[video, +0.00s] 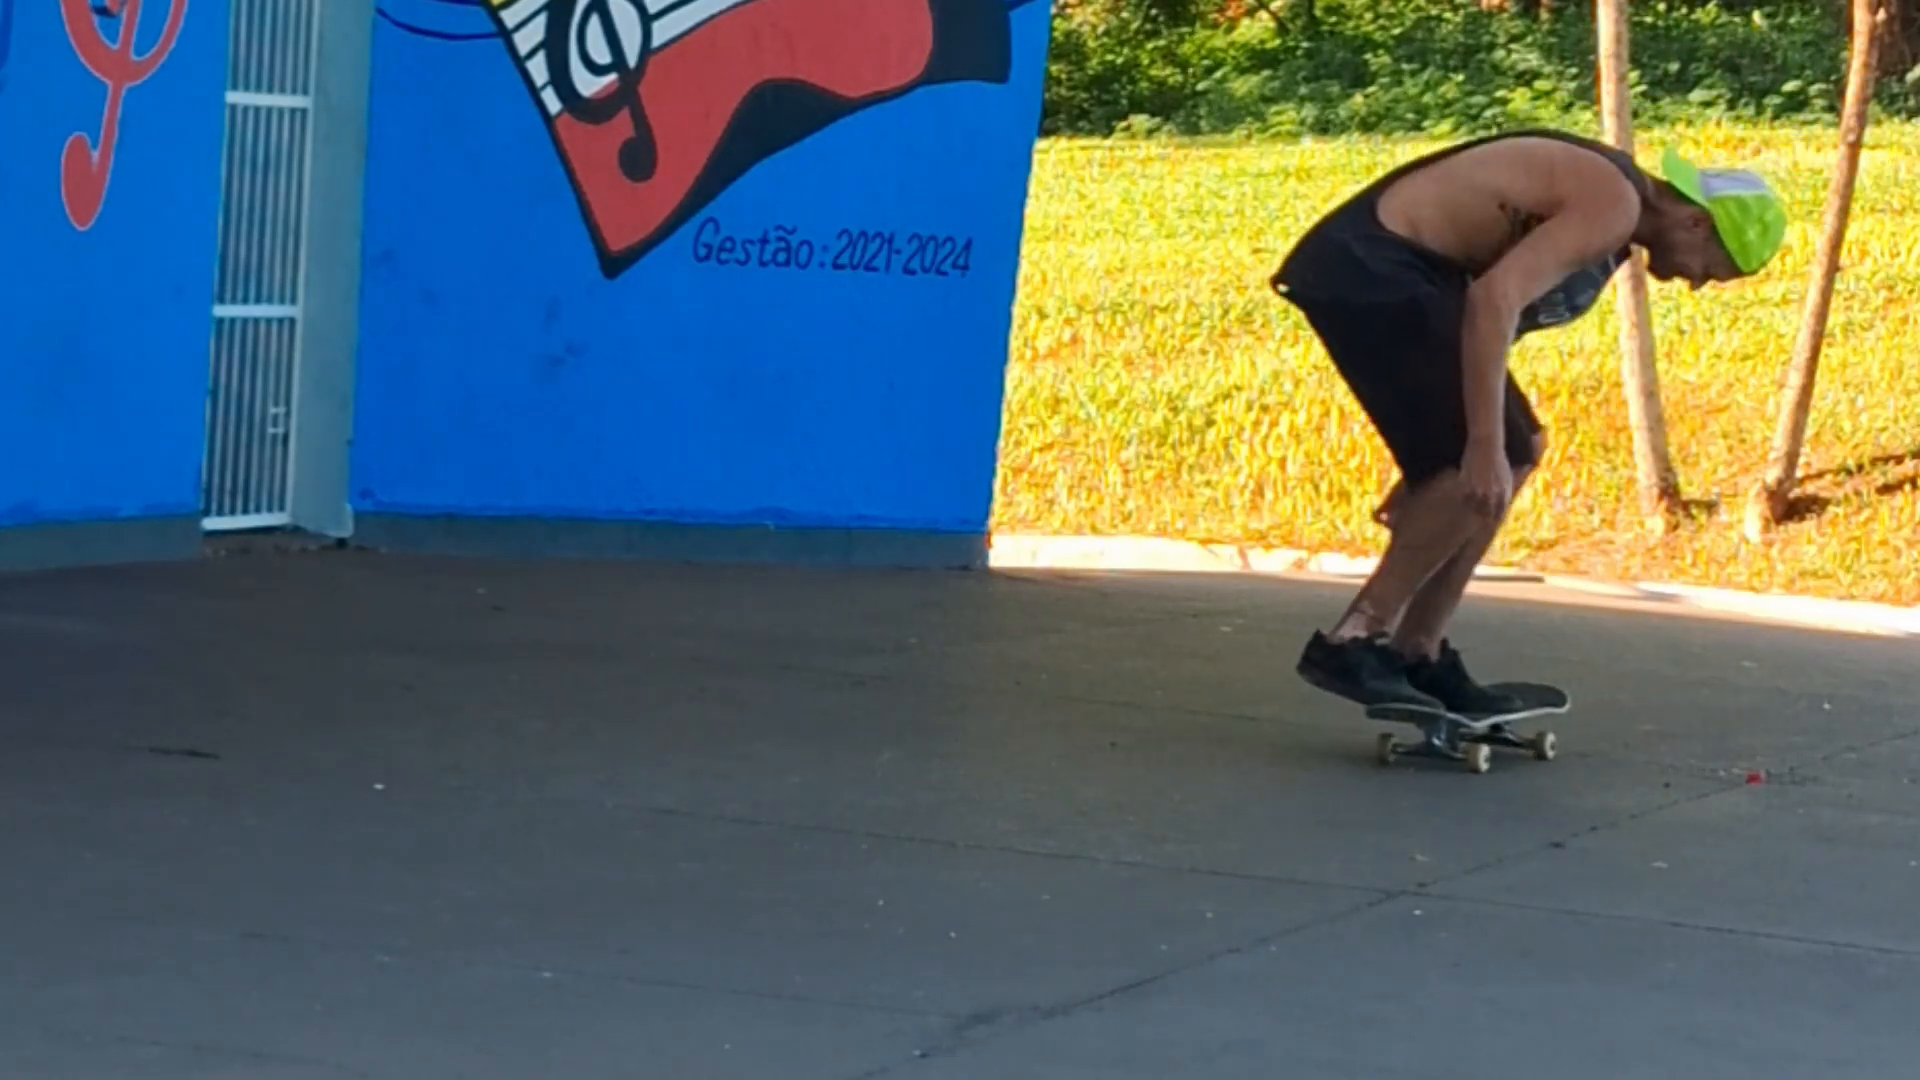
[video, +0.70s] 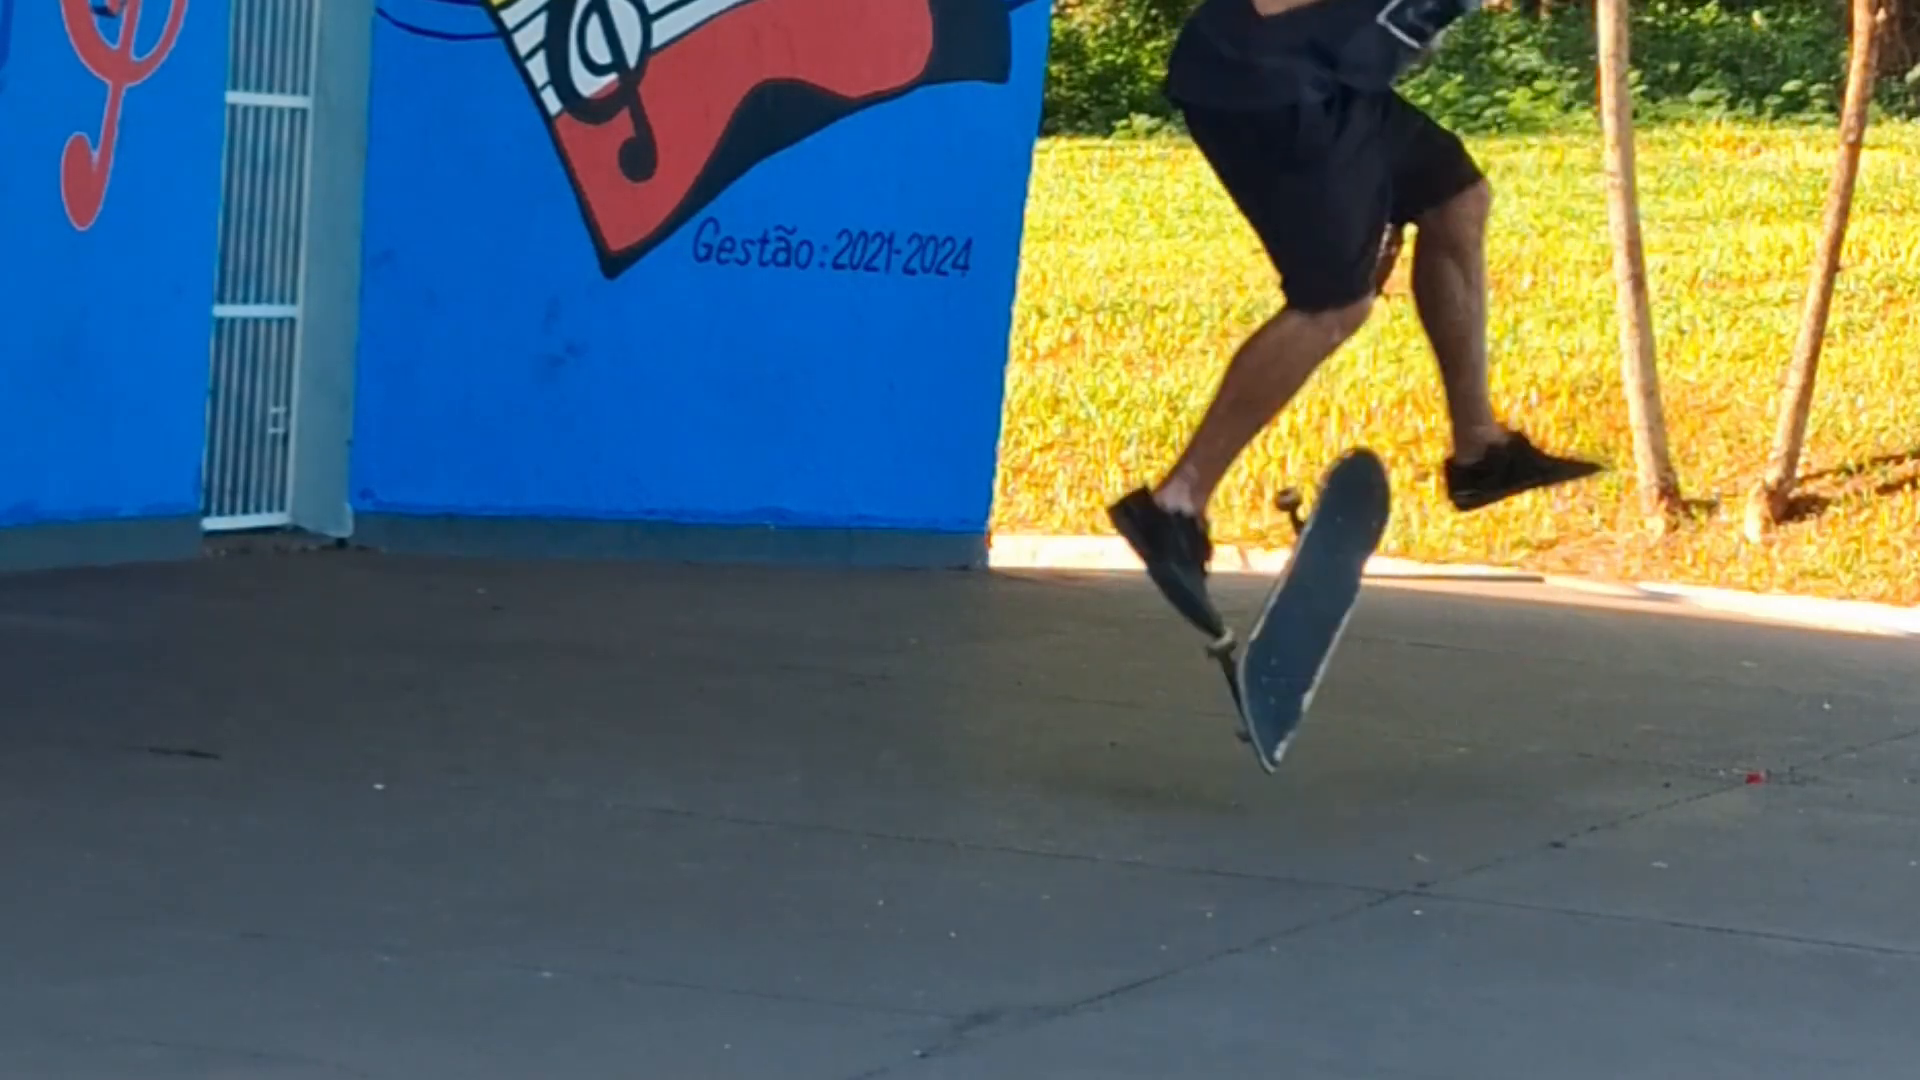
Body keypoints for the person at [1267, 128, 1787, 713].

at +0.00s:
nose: (1702, 281)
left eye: (1717, 276)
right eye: (1716, 267)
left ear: (1696, 217)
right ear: (1699, 223)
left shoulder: (1614, 210)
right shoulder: (1608, 205)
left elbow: (1490, 308)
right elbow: (1490, 297)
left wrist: (1424, 480)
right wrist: (1482, 449)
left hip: (1405, 275)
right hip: (1364, 270)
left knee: (1518, 445)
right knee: (1478, 469)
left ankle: (1416, 651)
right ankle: (1351, 641)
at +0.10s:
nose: (1680, 308)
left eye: (1696, 300)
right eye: (1694, 292)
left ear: (1670, 246)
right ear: (1673, 248)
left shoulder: (1586, 248)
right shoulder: (1583, 232)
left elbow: (1495, 366)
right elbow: (1505, 346)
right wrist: (1537, 491)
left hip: (1383, 307)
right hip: (1339, 298)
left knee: (1493, 472)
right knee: (1474, 477)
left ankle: (1391, 657)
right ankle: (1331, 640)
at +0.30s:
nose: (1637, 319)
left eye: (1650, 311)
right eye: (1647, 301)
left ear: (1620, 256)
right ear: (1622, 255)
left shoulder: (1539, 300)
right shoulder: (1529, 251)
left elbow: (1514, 449)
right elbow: (1470, 413)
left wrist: (1538, 574)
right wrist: (1580, 512)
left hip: (1326, 341)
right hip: (1284, 333)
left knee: (1475, 487)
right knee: (1451, 483)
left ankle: (1345, 661)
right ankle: (1285, 642)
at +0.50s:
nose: (1628, 144)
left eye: (1646, 133)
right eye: (1643, 122)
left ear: (1609, 75)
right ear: (1615, 76)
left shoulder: (1513, 110)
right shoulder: (1491, 78)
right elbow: (1320, 101)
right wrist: (1173, 174)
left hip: (1345, 270)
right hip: (1295, 256)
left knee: (1422, 459)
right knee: (1394, 463)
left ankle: (1305, 665)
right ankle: (1239, 649)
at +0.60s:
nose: (1603, 15)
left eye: (1610, 12)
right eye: (1603, 5)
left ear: (1580, 5)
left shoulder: (1494, 16)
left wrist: (1284, 15)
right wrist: (1272, 15)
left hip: (1370, 175)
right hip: (1297, 174)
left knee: (1464, 333)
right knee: (1285, 406)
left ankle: (1331, 524)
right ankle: (1215, 646)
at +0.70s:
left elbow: (1367, 53)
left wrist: (1382, 214)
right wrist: (1267, 5)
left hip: (1338, 76)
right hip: (1257, 73)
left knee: (1458, 198)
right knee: (1336, 298)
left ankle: (1478, 447)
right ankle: (1175, 503)